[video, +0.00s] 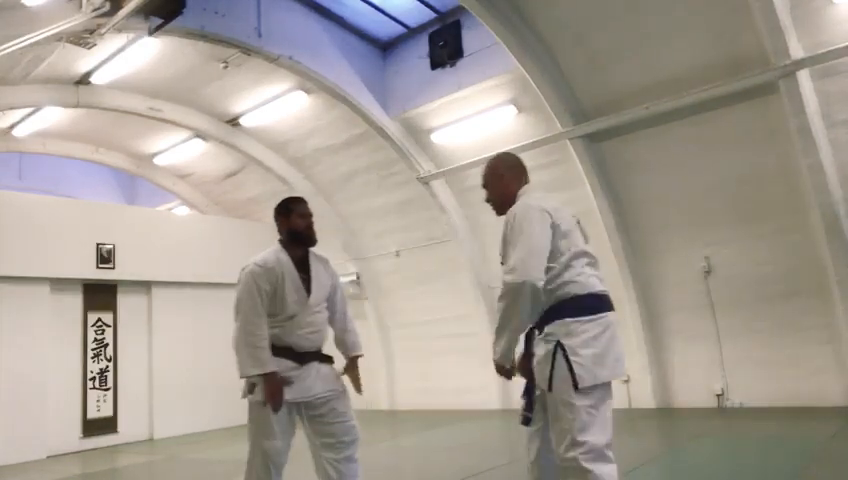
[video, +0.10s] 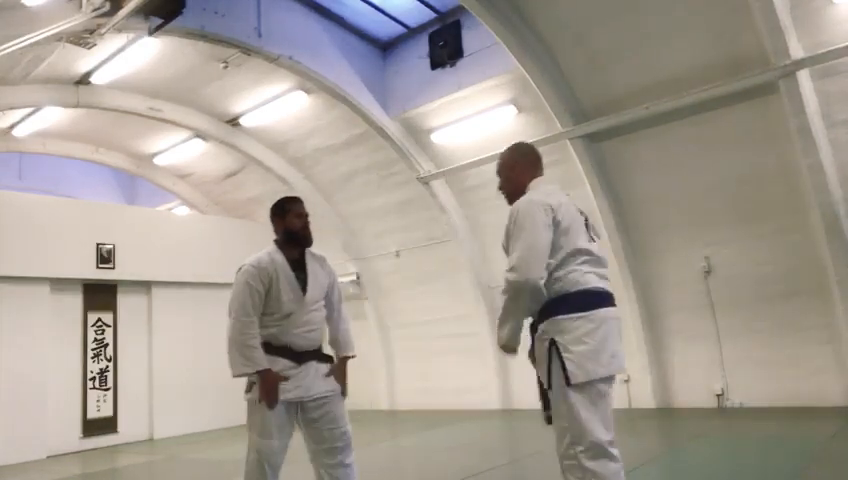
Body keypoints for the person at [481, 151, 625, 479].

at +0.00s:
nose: (485, 196)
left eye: (488, 186)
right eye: (484, 188)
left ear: (507, 180)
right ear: (516, 180)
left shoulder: (527, 210)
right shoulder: (546, 210)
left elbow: (524, 279)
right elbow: (557, 290)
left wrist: (504, 348)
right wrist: (533, 350)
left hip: (575, 329)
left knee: (581, 450)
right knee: (546, 448)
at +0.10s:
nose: (499, 185)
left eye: (501, 175)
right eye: (499, 176)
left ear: (519, 170)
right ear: (533, 169)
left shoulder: (532, 203)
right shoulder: (561, 200)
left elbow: (527, 276)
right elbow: (575, 272)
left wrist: (509, 330)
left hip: (572, 326)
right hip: (592, 320)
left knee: (583, 449)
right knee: (588, 446)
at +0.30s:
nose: (517, 186)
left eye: (519, 176)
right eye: (516, 177)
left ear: (535, 174)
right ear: (556, 173)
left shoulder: (536, 215)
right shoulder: (592, 210)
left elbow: (532, 289)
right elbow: (610, 273)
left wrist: (520, 314)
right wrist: (548, 311)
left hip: (577, 340)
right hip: (622, 331)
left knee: (564, 445)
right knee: (639, 430)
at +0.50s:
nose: (515, 193)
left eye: (515, 184)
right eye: (514, 185)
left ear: (525, 179)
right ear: (551, 178)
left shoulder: (524, 218)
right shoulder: (596, 212)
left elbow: (511, 288)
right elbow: (626, 274)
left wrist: (488, 287)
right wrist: (593, 300)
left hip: (557, 335)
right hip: (608, 331)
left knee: (522, 430)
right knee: (636, 432)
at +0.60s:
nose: (504, 195)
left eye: (505, 186)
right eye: (503, 187)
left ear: (517, 185)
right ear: (539, 183)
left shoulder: (514, 223)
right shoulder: (585, 219)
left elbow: (479, 284)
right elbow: (622, 274)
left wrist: (454, 276)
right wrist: (583, 298)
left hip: (546, 339)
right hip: (596, 335)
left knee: (510, 436)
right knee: (630, 435)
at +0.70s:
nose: (484, 202)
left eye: (486, 193)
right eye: (483, 194)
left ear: (500, 191)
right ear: (520, 190)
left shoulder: (496, 231)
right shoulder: (561, 225)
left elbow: (449, 281)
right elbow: (603, 278)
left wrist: (419, 272)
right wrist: (561, 298)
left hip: (535, 343)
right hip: (585, 336)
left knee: (492, 435)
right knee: (607, 433)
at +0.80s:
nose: (458, 201)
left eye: (462, 192)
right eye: (458, 192)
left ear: (481, 193)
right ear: (494, 193)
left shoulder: (483, 235)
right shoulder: (528, 227)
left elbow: (447, 294)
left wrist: (426, 278)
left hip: (523, 348)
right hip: (565, 339)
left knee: (481, 439)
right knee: (588, 434)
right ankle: (628, 477)